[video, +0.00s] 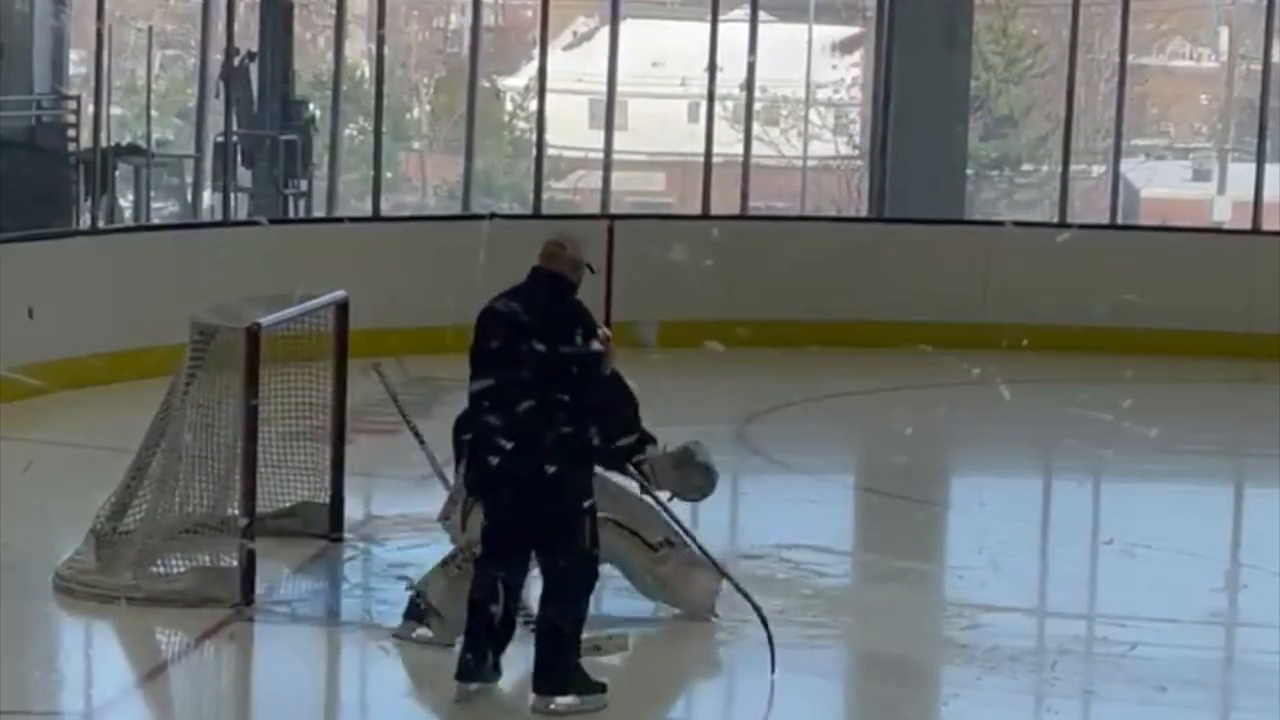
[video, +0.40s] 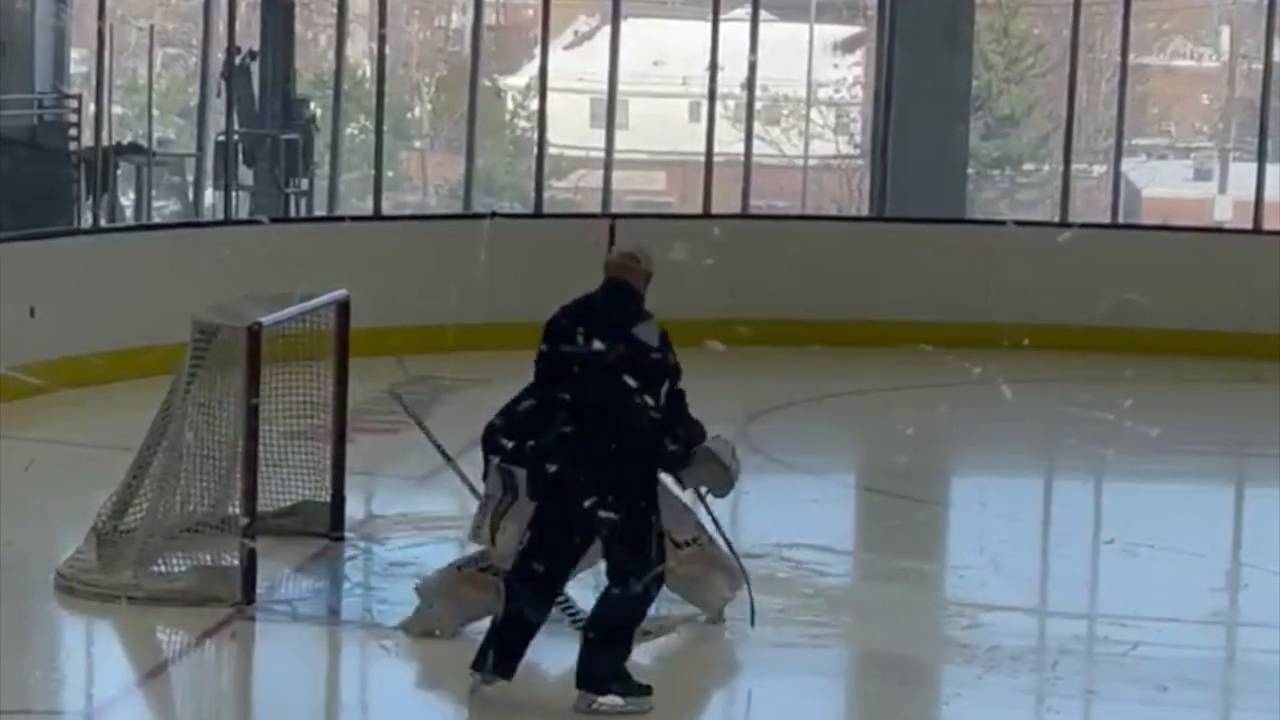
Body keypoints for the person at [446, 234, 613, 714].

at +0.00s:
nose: (583, 281)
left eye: (582, 274)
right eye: (582, 274)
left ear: (538, 265)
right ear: (575, 272)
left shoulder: (496, 312)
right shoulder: (577, 323)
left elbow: (483, 396)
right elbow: (601, 396)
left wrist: (475, 466)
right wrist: (633, 446)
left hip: (503, 464)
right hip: (561, 470)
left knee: (498, 565)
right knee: (572, 573)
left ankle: (475, 667)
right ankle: (557, 676)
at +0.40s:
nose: (639, 288)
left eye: (632, 279)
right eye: (642, 281)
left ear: (604, 275)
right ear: (643, 281)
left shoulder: (565, 320)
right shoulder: (650, 333)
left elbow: (545, 389)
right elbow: (668, 405)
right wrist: (684, 447)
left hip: (567, 463)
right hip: (626, 473)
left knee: (542, 563)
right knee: (636, 572)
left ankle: (495, 660)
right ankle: (602, 676)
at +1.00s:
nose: (748, 272)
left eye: (737, 265)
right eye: (750, 267)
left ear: (713, 271)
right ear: (755, 273)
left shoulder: (679, 313)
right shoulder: (771, 315)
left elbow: (659, 389)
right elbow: (816, 376)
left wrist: (657, 451)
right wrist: (799, 431)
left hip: (689, 457)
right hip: (745, 460)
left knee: (699, 556)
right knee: (750, 559)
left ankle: (683, 663)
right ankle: (730, 665)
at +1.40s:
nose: (786, 267)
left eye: (772, 258)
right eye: (791, 260)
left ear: (757, 264)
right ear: (798, 266)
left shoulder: (725, 306)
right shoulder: (816, 309)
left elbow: (704, 384)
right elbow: (832, 377)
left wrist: (704, 446)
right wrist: (812, 424)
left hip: (739, 450)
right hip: (795, 452)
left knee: (747, 542)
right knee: (809, 548)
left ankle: (737, 644)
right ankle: (813, 655)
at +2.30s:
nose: (927, 258)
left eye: (923, 251)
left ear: (922, 251)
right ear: (960, 252)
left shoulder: (899, 292)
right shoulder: (988, 297)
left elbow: (874, 365)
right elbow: (1004, 365)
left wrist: (863, 423)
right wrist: (973, 415)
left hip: (901, 426)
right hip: (957, 432)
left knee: (882, 509)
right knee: (948, 522)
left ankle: (853, 597)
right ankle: (930, 612)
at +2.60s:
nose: (973, 249)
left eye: (974, 243)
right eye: (978, 242)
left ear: (977, 246)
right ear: (1013, 246)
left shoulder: (955, 288)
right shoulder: (1039, 288)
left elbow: (935, 356)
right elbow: (1067, 350)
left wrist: (928, 415)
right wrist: (1036, 403)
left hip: (963, 418)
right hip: (1015, 421)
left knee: (960, 503)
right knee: (1010, 509)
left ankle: (957, 599)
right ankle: (997, 607)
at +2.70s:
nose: (982, 247)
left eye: (984, 241)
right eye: (985, 240)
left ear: (990, 244)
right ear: (1024, 242)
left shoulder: (971, 287)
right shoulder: (1055, 287)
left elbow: (950, 356)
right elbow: (1083, 347)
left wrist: (943, 416)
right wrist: (1054, 397)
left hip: (979, 417)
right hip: (1031, 419)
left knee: (975, 503)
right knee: (1026, 507)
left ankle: (975, 599)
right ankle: (1020, 606)